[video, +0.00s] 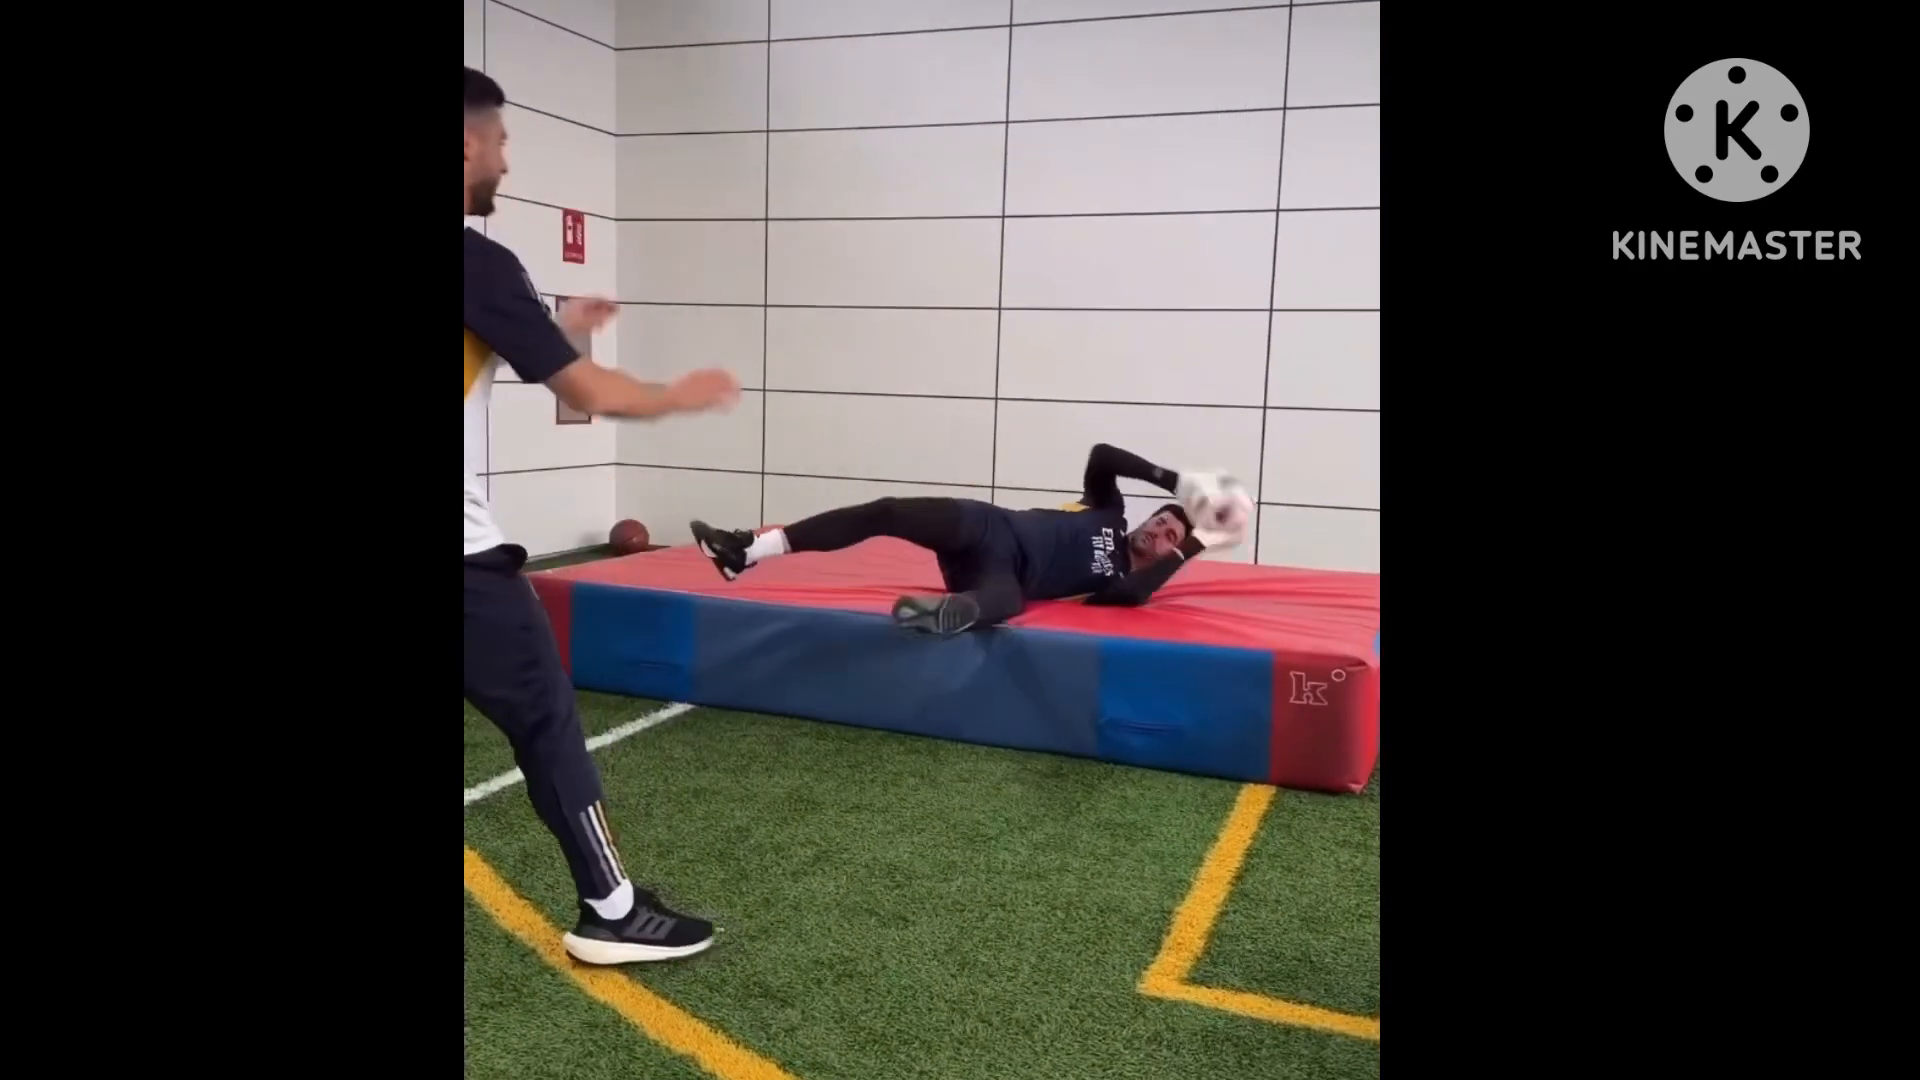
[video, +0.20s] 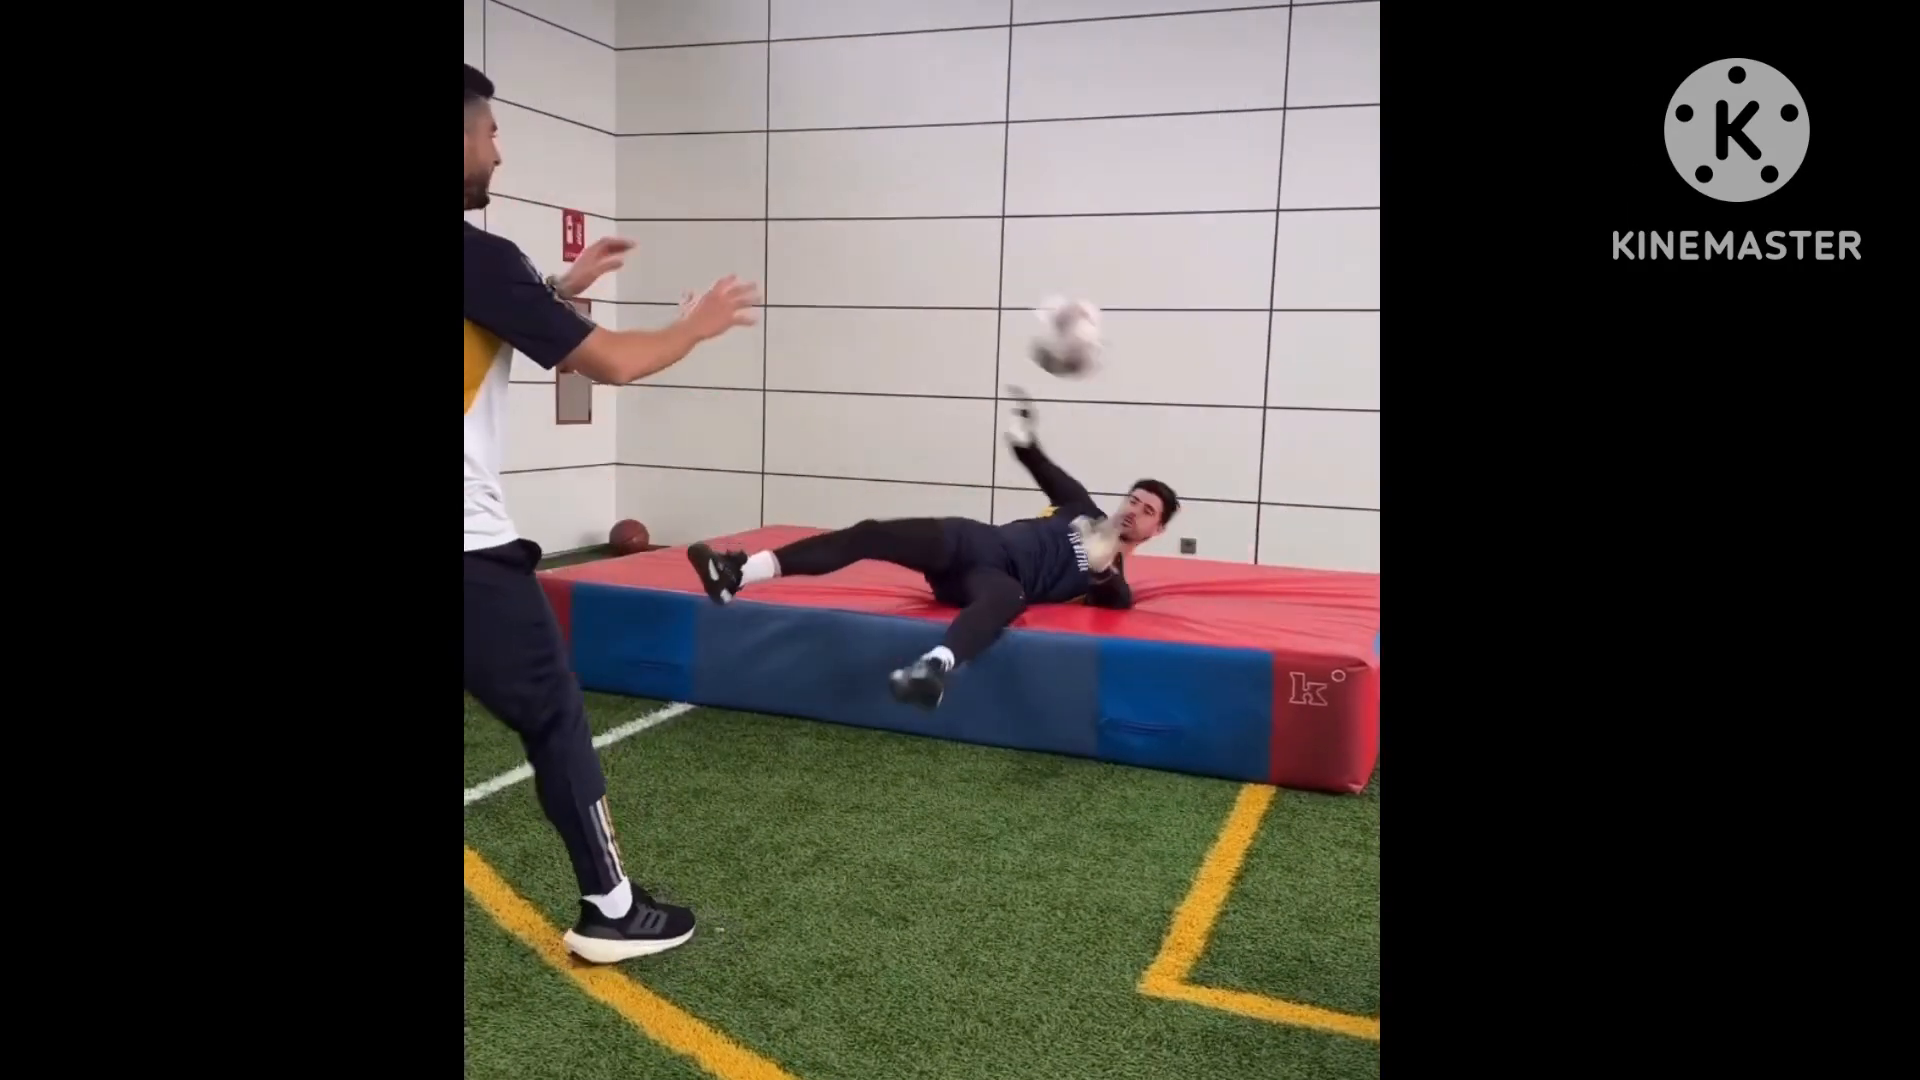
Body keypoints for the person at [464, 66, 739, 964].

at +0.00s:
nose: (505, 157)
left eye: (503, 138)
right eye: (496, 138)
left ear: (467, 145)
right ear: (464, 144)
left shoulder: (479, 258)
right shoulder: (481, 262)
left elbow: (486, 356)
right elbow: (588, 388)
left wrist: (557, 332)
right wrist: (674, 397)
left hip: (476, 541)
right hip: (472, 544)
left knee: (541, 706)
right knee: (542, 709)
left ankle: (608, 903)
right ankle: (610, 905)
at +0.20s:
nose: (497, 147)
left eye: (493, 129)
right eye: (487, 129)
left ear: (465, 143)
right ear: (460, 142)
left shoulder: (470, 246)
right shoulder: (480, 255)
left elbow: (496, 335)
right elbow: (612, 360)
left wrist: (560, 286)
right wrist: (693, 326)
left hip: (477, 535)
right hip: (473, 540)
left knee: (547, 707)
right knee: (551, 712)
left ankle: (607, 901)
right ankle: (610, 904)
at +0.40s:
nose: (559, 162)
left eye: (556, 143)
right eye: (552, 144)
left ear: (487, 147)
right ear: (515, 148)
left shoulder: (476, 227)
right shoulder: (505, 256)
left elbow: (579, 252)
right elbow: (648, 377)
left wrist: (694, 230)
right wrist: (744, 290)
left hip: (480, 526)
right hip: (483, 530)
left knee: (579, 693)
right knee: (581, 696)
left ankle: (657, 876)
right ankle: (659, 881)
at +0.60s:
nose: (685, 208)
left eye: (686, 193)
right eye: (683, 193)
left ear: (610, 184)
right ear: (654, 189)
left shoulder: (539, 237)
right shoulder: (629, 291)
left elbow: (667, 308)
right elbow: (751, 406)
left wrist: (766, 274)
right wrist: (823, 313)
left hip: (472, 513)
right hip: (545, 537)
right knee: (638, 699)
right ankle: (675, 886)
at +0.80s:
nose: (753, 251)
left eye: (757, 238)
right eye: (757, 236)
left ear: (680, 212)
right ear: (735, 228)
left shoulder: (594, 254)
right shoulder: (702, 302)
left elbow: (667, 356)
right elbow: (819, 349)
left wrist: (768, 364)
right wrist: (912, 359)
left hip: (474, 494)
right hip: (564, 526)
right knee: (646, 699)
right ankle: (677, 883)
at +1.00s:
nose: (735, 259)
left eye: (740, 242)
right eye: (739, 240)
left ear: (662, 217)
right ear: (715, 228)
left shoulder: (567, 264)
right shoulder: (691, 314)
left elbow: (574, 393)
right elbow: (760, 467)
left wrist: (670, 469)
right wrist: (783, 498)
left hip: (473, 507)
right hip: (565, 534)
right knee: (652, 697)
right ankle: (678, 881)